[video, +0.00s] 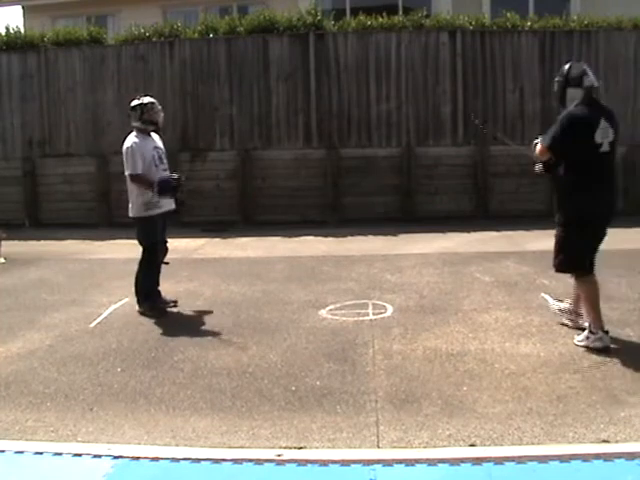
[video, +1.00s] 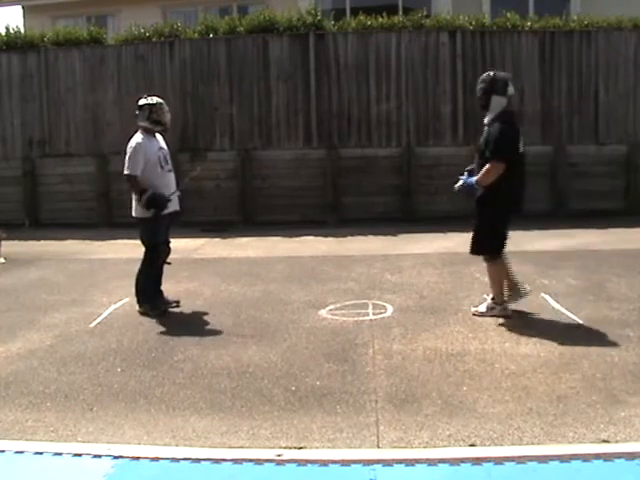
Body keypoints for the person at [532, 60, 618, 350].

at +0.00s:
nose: (559, 92)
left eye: (561, 88)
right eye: (560, 87)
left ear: (569, 88)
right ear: (589, 86)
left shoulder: (573, 118)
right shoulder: (607, 115)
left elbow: (543, 151)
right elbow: (589, 150)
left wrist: (539, 145)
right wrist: (552, 154)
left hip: (579, 205)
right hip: (601, 201)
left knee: (581, 265)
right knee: (581, 258)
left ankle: (596, 330)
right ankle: (575, 308)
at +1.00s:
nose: (479, 97)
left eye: (482, 92)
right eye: (480, 92)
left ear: (492, 95)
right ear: (500, 96)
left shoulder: (502, 125)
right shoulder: (496, 122)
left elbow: (498, 164)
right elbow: (490, 157)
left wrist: (476, 183)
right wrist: (474, 171)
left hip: (499, 196)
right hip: (497, 195)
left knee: (489, 247)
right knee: (492, 244)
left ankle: (497, 300)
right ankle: (511, 286)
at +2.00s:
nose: (439, 103)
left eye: (443, 97)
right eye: (440, 97)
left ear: (456, 98)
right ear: (450, 99)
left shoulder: (472, 124)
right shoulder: (450, 125)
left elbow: (480, 157)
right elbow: (447, 157)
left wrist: (451, 169)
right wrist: (427, 171)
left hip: (472, 197)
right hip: (453, 196)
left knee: (476, 246)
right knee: (452, 244)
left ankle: (486, 294)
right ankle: (450, 290)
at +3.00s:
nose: (422, 100)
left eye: (426, 97)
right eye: (424, 97)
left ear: (437, 101)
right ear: (443, 101)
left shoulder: (443, 127)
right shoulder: (446, 120)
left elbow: (438, 164)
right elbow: (426, 98)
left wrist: (414, 165)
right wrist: (403, 102)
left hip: (441, 193)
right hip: (435, 191)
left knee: (439, 243)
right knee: (432, 242)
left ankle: (474, 286)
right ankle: (432, 289)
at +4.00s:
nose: (438, 101)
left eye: (443, 96)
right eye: (438, 96)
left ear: (456, 99)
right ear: (448, 100)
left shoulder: (472, 125)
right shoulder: (448, 126)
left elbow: (467, 155)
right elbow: (437, 159)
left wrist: (440, 143)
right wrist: (422, 183)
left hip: (474, 198)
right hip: (453, 197)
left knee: (479, 247)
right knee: (444, 242)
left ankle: (486, 295)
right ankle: (438, 290)